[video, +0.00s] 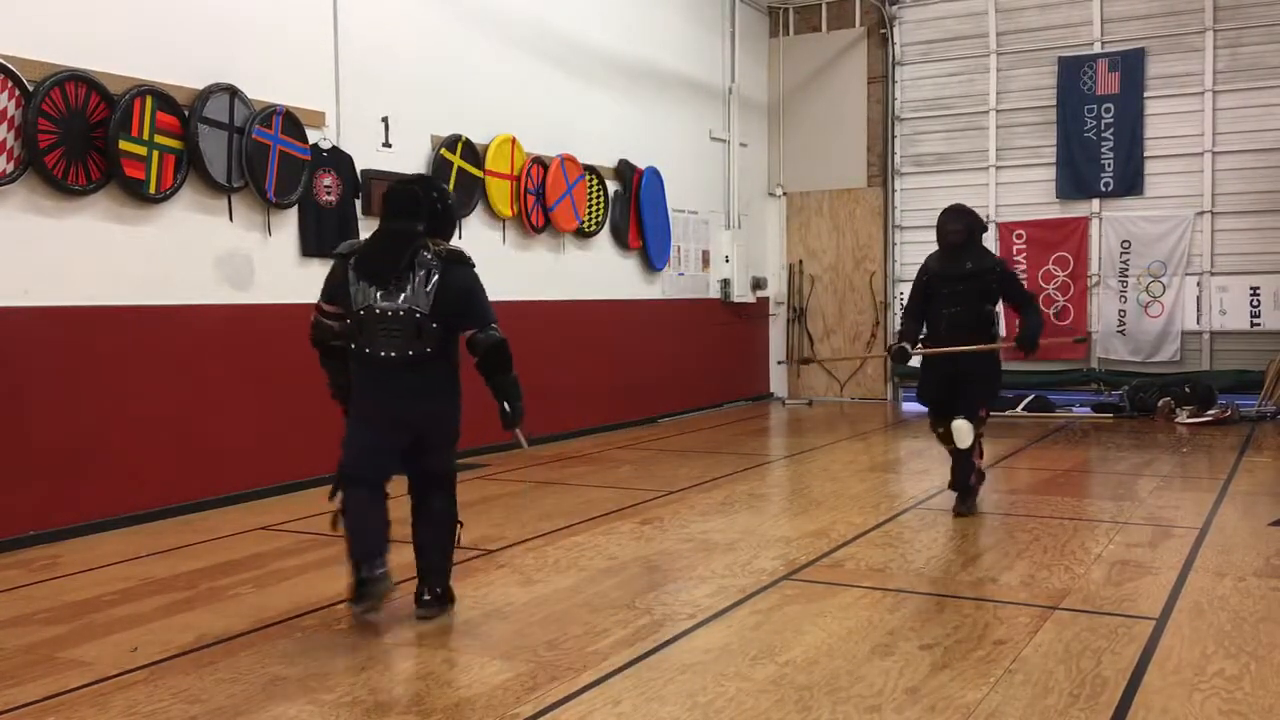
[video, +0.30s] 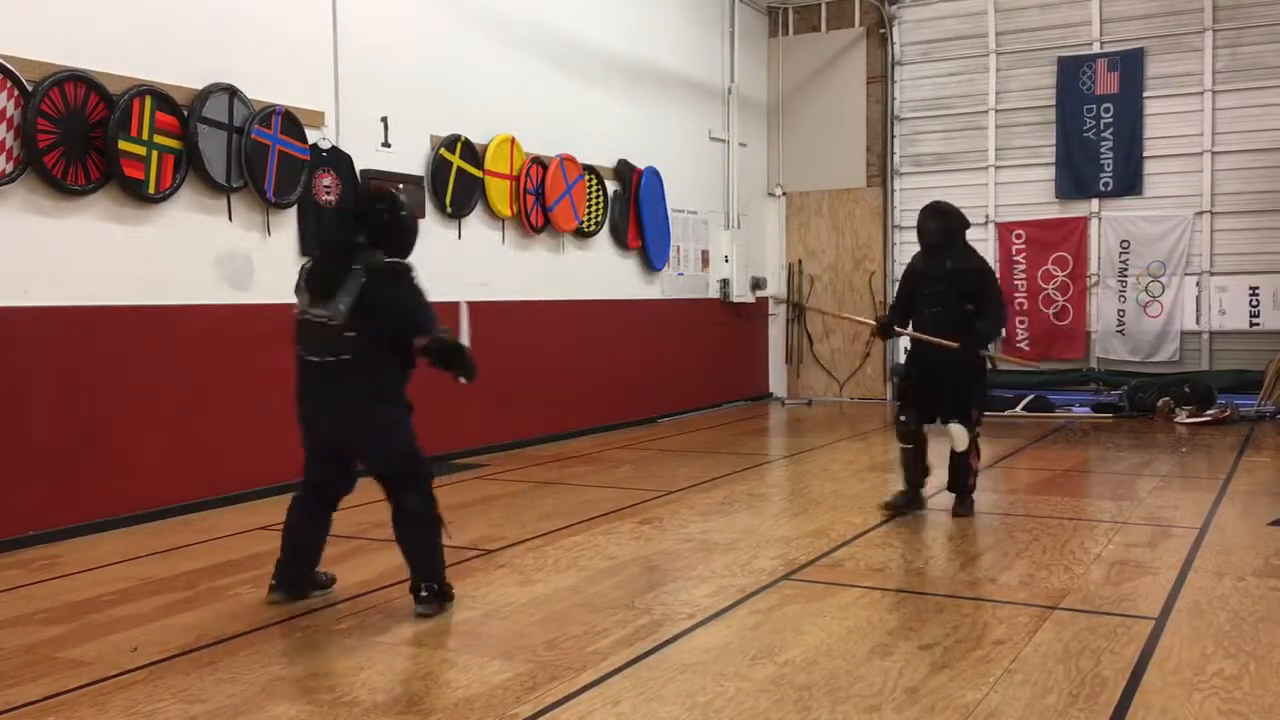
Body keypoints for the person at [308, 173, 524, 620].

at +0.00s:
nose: (450, 223)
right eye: (444, 216)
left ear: (388, 215)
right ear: (436, 218)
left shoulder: (352, 261)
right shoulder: (452, 268)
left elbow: (326, 330)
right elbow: (486, 341)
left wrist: (344, 385)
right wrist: (508, 396)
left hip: (374, 398)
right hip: (434, 399)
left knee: (361, 481)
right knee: (433, 486)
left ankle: (370, 569)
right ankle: (433, 587)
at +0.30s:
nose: (409, 235)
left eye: (407, 227)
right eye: (405, 227)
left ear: (354, 227)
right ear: (393, 233)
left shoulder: (317, 269)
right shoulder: (391, 280)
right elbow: (427, 338)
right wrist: (458, 359)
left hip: (320, 409)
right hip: (377, 412)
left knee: (321, 485)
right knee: (411, 489)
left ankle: (292, 575)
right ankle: (428, 584)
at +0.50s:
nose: (379, 241)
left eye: (378, 232)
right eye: (373, 232)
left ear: (328, 232)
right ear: (355, 236)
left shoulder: (303, 270)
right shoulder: (336, 281)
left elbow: (311, 345)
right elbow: (341, 345)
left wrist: (367, 373)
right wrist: (386, 369)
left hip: (274, 395)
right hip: (304, 400)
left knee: (303, 481)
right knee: (348, 476)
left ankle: (292, 574)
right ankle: (356, 585)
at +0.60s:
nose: (366, 239)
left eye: (364, 229)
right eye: (360, 230)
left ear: (313, 230)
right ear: (339, 234)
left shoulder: (321, 272)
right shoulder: (306, 283)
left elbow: (338, 331)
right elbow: (312, 356)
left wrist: (360, 361)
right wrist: (355, 391)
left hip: (286, 394)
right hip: (269, 399)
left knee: (310, 479)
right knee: (309, 481)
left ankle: (292, 577)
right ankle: (301, 586)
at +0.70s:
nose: (352, 245)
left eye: (351, 235)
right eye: (344, 235)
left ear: (307, 236)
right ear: (320, 238)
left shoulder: (315, 280)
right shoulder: (286, 286)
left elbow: (322, 336)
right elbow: (269, 357)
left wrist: (360, 348)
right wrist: (304, 398)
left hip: (282, 401)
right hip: (249, 403)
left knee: (305, 474)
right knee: (283, 483)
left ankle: (290, 572)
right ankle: (250, 592)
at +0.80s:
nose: (335, 249)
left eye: (334, 239)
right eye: (327, 238)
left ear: (291, 240)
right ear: (303, 240)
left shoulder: (296, 284)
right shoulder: (270, 286)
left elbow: (317, 345)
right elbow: (246, 359)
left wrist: (354, 320)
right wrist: (258, 419)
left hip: (265, 406)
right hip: (229, 407)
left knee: (293, 479)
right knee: (245, 496)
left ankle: (288, 574)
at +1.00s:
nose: (287, 249)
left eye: (283, 239)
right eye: (281, 240)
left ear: (229, 243)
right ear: (264, 245)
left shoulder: (211, 280)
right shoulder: (247, 290)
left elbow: (262, 356)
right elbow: (234, 364)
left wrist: (286, 319)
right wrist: (242, 421)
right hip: (196, 421)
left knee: (264, 483)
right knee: (177, 516)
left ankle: (285, 574)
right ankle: (102, 610)